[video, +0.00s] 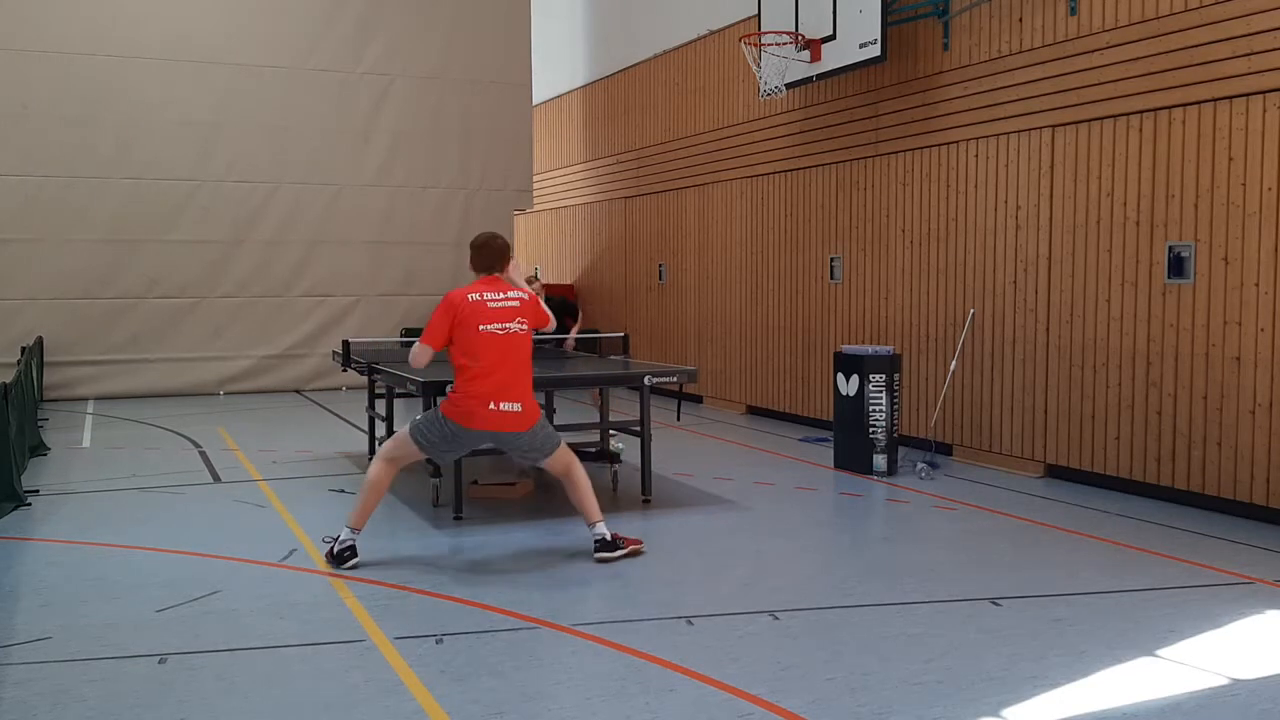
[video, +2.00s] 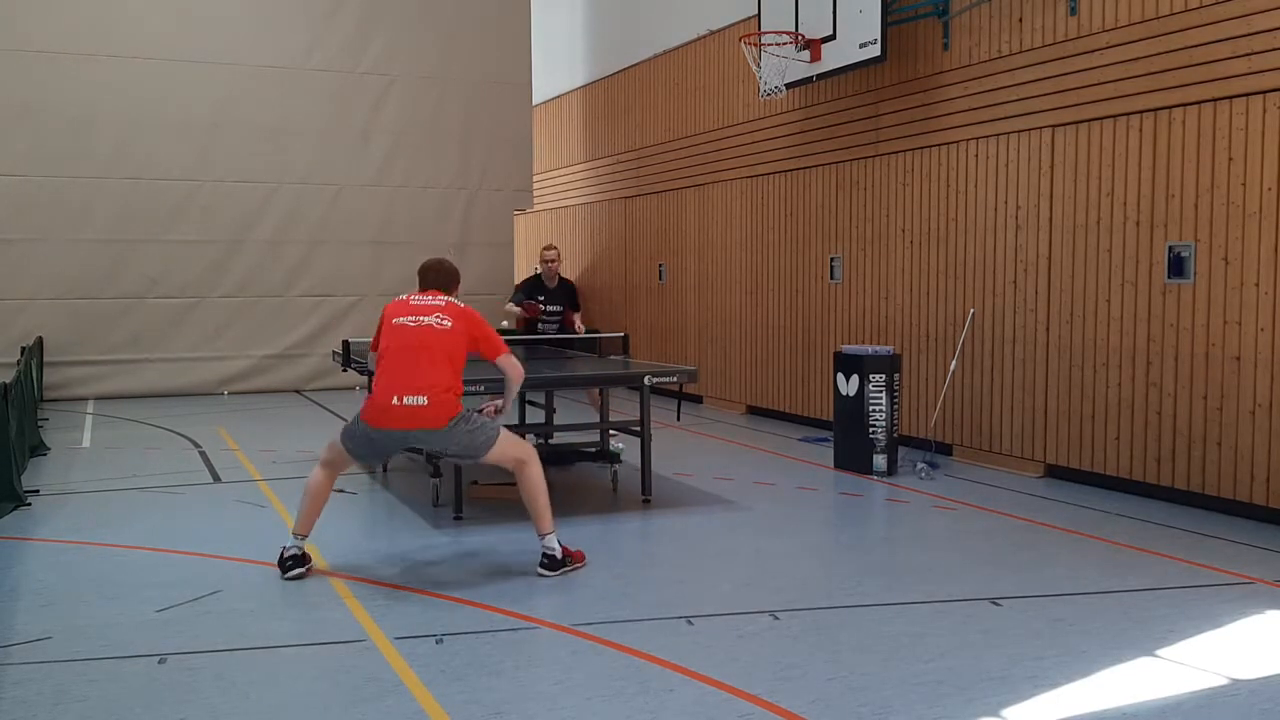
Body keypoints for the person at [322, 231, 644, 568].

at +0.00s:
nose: (511, 267)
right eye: (510, 262)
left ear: (472, 264)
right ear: (507, 264)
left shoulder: (455, 301)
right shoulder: (524, 297)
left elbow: (418, 361)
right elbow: (548, 322)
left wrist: (421, 346)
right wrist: (521, 285)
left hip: (464, 416)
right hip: (521, 416)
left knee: (388, 458)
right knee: (569, 469)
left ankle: (346, 541)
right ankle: (603, 536)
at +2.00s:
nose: (457, 293)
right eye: (458, 289)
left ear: (418, 286)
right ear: (455, 290)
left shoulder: (393, 309)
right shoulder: (464, 315)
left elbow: (376, 358)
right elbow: (515, 371)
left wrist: (392, 389)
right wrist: (505, 403)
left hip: (380, 423)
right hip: (442, 423)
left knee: (329, 463)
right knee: (524, 456)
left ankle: (294, 549)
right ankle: (552, 550)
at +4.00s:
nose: (596, 262)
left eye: (597, 255)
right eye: (595, 254)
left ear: (560, 246)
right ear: (582, 250)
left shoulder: (520, 269)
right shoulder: (585, 286)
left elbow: (481, 309)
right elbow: (634, 333)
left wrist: (523, 309)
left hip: (494, 390)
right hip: (550, 395)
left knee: (434, 458)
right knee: (607, 444)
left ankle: (386, 540)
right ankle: (621, 527)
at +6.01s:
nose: (549, 255)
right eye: (549, 250)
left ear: (513, 245)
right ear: (545, 250)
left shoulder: (478, 272)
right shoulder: (544, 285)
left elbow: (451, 305)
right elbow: (549, 350)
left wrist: (491, 320)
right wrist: (585, 389)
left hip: (459, 387)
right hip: (515, 388)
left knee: (411, 457)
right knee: (579, 452)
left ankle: (370, 539)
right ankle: (616, 536)